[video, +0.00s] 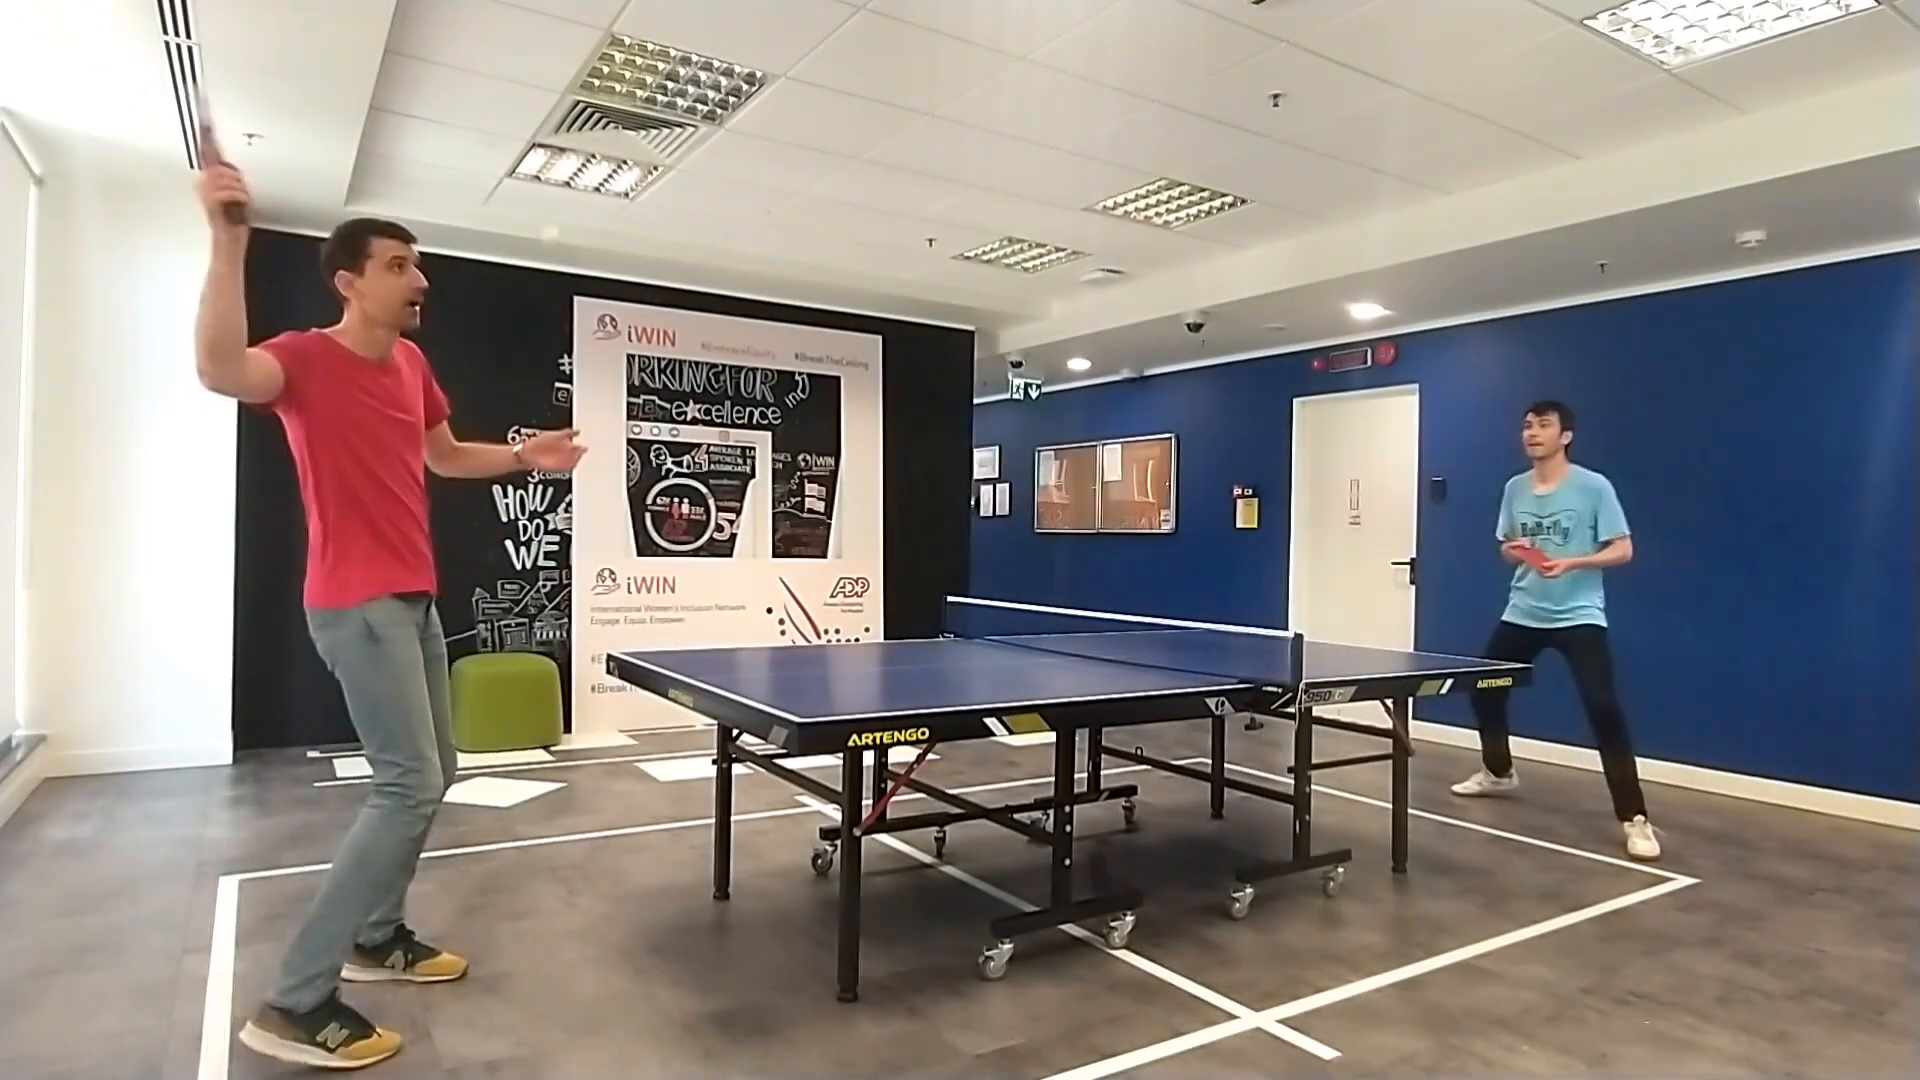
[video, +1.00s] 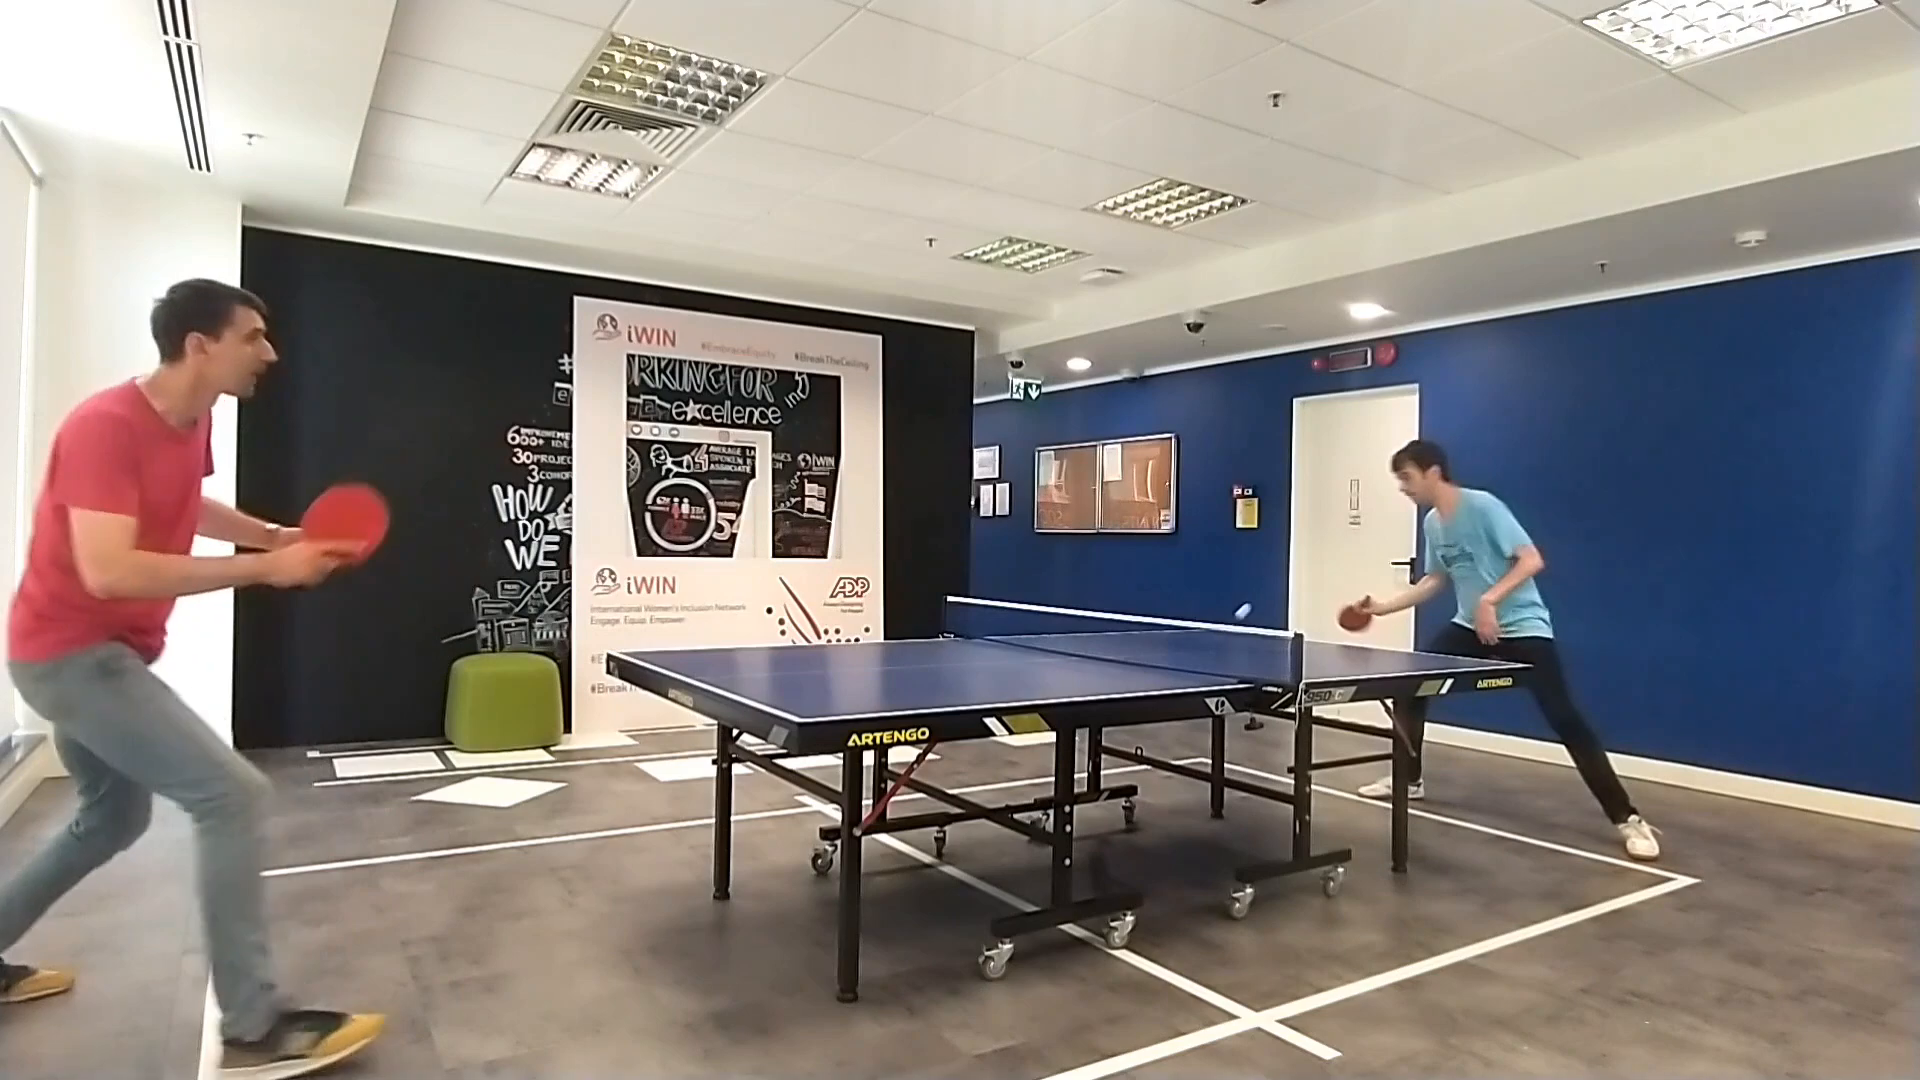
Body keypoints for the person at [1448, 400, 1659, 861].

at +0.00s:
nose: (1531, 432)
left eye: (1541, 425)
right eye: (1527, 426)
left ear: (1565, 436)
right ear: (1523, 438)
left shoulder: (1594, 486)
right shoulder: (1515, 488)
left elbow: (1622, 550)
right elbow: (1504, 550)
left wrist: (1570, 562)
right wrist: (1515, 551)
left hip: (1579, 615)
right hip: (1523, 612)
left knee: (1604, 708)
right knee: (1484, 685)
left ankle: (1634, 820)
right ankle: (1498, 773)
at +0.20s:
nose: (1547, 430)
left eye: (1557, 423)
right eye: (1543, 423)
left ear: (1580, 434)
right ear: (1537, 434)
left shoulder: (1608, 486)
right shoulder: (1529, 482)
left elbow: (1630, 554)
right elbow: (1512, 546)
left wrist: (1573, 572)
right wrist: (1517, 545)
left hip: (1588, 615)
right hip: (1531, 607)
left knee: (1607, 708)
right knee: (1483, 677)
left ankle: (1634, 820)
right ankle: (1462, 770)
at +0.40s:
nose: (1537, 441)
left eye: (1547, 434)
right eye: (1532, 434)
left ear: (1570, 443)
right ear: (1526, 442)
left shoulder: (1596, 496)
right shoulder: (1511, 490)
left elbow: (1612, 564)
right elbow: (1483, 539)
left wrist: (1559, 584)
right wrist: (1488, 547)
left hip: (1577, 621)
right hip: (1516, 615)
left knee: (1602, 709)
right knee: (1471, 692)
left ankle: (1634, 820)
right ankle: (1455, 782)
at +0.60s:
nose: (1518, 446)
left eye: (1528, 438)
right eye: (1513, 438)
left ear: (1550, 443)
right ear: (1507, 445)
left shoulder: (1581, 494)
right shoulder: (1497, 491)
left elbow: (1604, 558)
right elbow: (1466, 536)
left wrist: (1553, 583)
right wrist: (1465, 551)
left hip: (1567, 622)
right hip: (1506, 615)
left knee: (1595, 710)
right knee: (1459, 690)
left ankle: (1633, 820)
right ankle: (1453, 781)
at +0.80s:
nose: (1470, 462)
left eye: (1478, 453)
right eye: (1466, 455)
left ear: (1506, 455)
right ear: (1466, 461)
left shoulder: (1543, 498)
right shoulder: (1468, 502)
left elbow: (1581, 557)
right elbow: (1448, 553)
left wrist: (1538, 591)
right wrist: (1430, 578)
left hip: (1549, 622)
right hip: (1491, 617)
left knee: (1586, 713)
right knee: (1432, 685)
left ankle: (1631, 820)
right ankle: (1407, 774)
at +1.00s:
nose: (1402, 488)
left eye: (1406, 477)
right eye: (1399, 480)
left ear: (1434, 472)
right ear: (1422, 478)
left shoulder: (1482, 505)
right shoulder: (1432, 522)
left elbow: (1531, 560)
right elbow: (1435, 581)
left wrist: (1489, 600)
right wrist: (1380, 607)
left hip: (1523, 628)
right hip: (1470, 629)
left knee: (1563, 718)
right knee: (1408, 686)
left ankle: (1627, 820)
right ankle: (1407, 778)